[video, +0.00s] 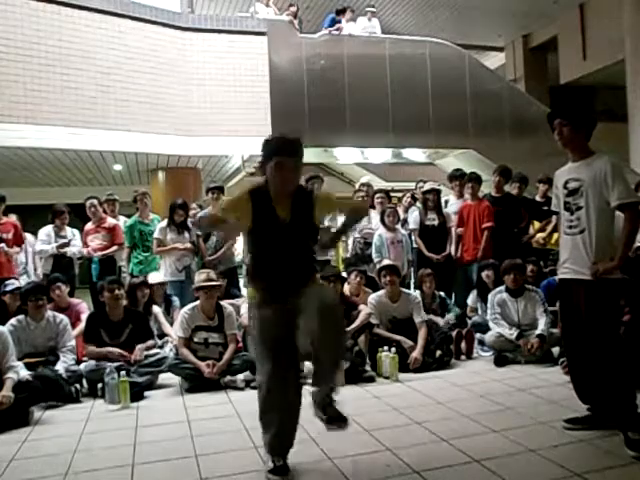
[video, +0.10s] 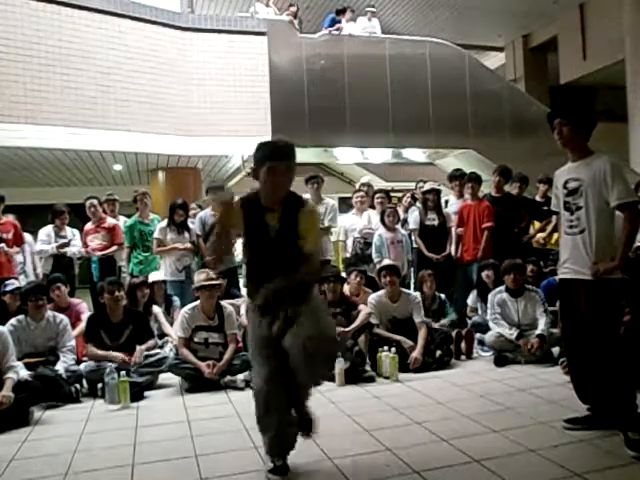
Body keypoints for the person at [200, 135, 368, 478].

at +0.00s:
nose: (287, 177)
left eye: (293, 170)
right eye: (280, 170)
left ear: (301, 171)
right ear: (266, 169)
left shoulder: (311, 200)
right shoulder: (249, 199)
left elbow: (360, 208)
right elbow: (205, 221)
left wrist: (336, 235)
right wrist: (222, 224)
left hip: (306, 292)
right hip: (266, 296)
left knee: (328, 307)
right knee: (275, 374)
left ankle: (324, 397)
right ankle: (277, 451)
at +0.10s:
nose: (280, 180)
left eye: (285, 173)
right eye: (272, 172)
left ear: (293, 175)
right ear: (257, 173)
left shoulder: (305, 212)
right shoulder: (240, 209)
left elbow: (314, 265)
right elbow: (215, 258)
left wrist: (281, 290)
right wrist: (222, 224)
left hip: (301, 297)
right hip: (261, 300)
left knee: (311, 345)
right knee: (265, 378)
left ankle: (299, 399)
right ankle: (276, 450)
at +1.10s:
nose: (277, 155)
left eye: (284, 147)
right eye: (270, 146)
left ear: (294, 145)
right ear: (256, 145)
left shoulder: (307, 173)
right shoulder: (235, 176)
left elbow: (354, 172)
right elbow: (187, 180)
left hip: (299, 287)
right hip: (255, 290)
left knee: (307, 367)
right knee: (267, 370)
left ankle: (302, 443)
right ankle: (274, 447)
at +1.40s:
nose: (274, 137)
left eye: (281, 130)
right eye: (267, 130)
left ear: (291, 132)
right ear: (254, 132)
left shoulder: (308, 173)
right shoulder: (235, 174)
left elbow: (315, 222)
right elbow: (223, 219)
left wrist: (313, 243)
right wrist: (224, 247)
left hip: (299, 282)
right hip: (256, 285)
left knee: (306, 363)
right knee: (264, 366)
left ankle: (301, 441)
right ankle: (275, 445)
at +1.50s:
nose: (279, 140)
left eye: (286, 134)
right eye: (272, 133)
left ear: (295, 137)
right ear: (257, 134)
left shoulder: (307, 175)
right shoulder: (238, 173)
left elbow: (318, 223)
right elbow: (208, 218)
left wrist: (335, 243)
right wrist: (197, 264)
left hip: (297, 275)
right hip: (256, 276)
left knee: (304, 357)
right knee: (267, 346)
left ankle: (282, 434)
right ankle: (267, 400)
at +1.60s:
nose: (280, 153)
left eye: (286, 146)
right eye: (271, 146)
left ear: (294, 149)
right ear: (256, 148)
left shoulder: (307, 192)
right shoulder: (235, 190)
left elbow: (336, 238)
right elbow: (200, 238)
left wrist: (344, 212)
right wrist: (180, 289)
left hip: (296, 285)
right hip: (257, 280)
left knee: (296, 367)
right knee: (261, 300)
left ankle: (280, 433)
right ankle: (261, 357)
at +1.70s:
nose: (280, 154)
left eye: (286, 147)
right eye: (272, 146)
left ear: (294, 149)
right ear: (257, 148)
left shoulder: (305, 188)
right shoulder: (238, 189)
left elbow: (342, 214)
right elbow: (204, 236)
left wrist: (348, 191)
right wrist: (186, 285)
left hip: (297, 282)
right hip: (256, 279)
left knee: (307, 370)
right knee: (259, 294)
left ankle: (282, 440)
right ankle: (277, 390)